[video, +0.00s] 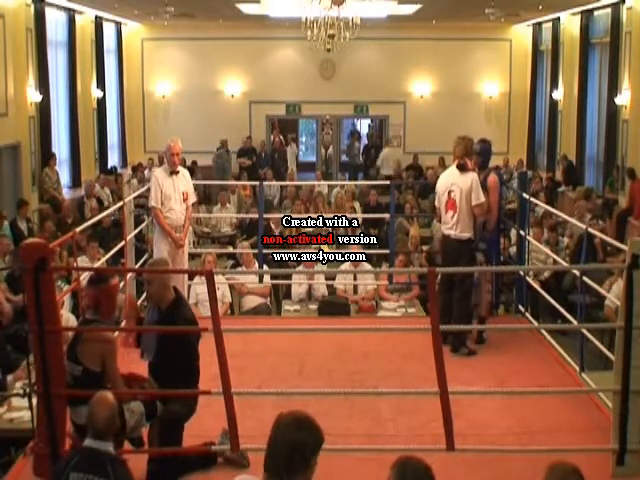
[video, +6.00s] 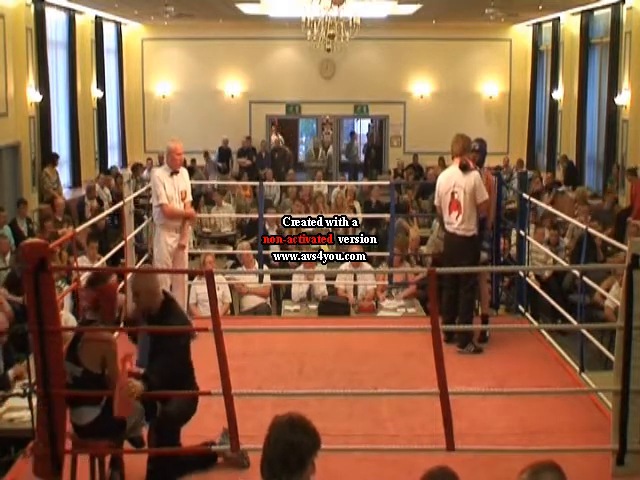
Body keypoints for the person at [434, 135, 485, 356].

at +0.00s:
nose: (473, 158)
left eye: (470, 153)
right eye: (473, 154)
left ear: (454, 154)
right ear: (470, 155)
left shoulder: (443, 176)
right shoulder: (471, 178)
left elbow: (438, 207)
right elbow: (479, 209)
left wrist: (446, 222)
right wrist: (475, 178)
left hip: (446, 237)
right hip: (464, 238)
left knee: (446, 285)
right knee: (463, 288)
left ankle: (444, 329)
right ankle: (459, 338)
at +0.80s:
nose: (465, 155)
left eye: (456, 151)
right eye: (465, 152)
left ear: (447, 153)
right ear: (465, 153)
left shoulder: (437, 178)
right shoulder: (470, 176)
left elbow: (433, 210)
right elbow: (478, 207)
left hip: (444, 237)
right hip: (464, 237)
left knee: (445, 284)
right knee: (466, 286)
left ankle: (443, 329)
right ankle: (464, 336)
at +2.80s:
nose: (466, 155)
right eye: (466, 151)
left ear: (447, 153)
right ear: (465, 152)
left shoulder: (440, 180)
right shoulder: (471, 178)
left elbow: (437, 213)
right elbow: (480, 210)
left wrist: (450, 222)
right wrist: (491, 193)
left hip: (449, 235)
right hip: (468, 236)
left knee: (449, 283)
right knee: (467, 285)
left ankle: (448, 327)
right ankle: (464, 336)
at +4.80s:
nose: (473, 158)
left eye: (471, 155)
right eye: (473, 155)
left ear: (455, 153)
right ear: (470, 154)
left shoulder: (444, 176)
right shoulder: (474, 178)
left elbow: (439, 206)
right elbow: (484, 209)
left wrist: (445, 227)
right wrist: (487, 184)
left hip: (449, 235)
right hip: (468, 237)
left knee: (449, 282)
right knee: (467, 285)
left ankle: (448, 327)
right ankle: (465, 336)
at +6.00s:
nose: (470, 154)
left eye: (463, 150)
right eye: (470, 151)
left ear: (452, 152)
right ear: (469, 152)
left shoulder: (443, 176)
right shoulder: (474, 176)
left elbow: (438, 205)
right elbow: (484, 205)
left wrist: (446, 224)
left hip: (450, 235)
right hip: (469, 236)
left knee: (449, 282)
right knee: (468, 284)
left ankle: (448, 327)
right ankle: (464, 334)